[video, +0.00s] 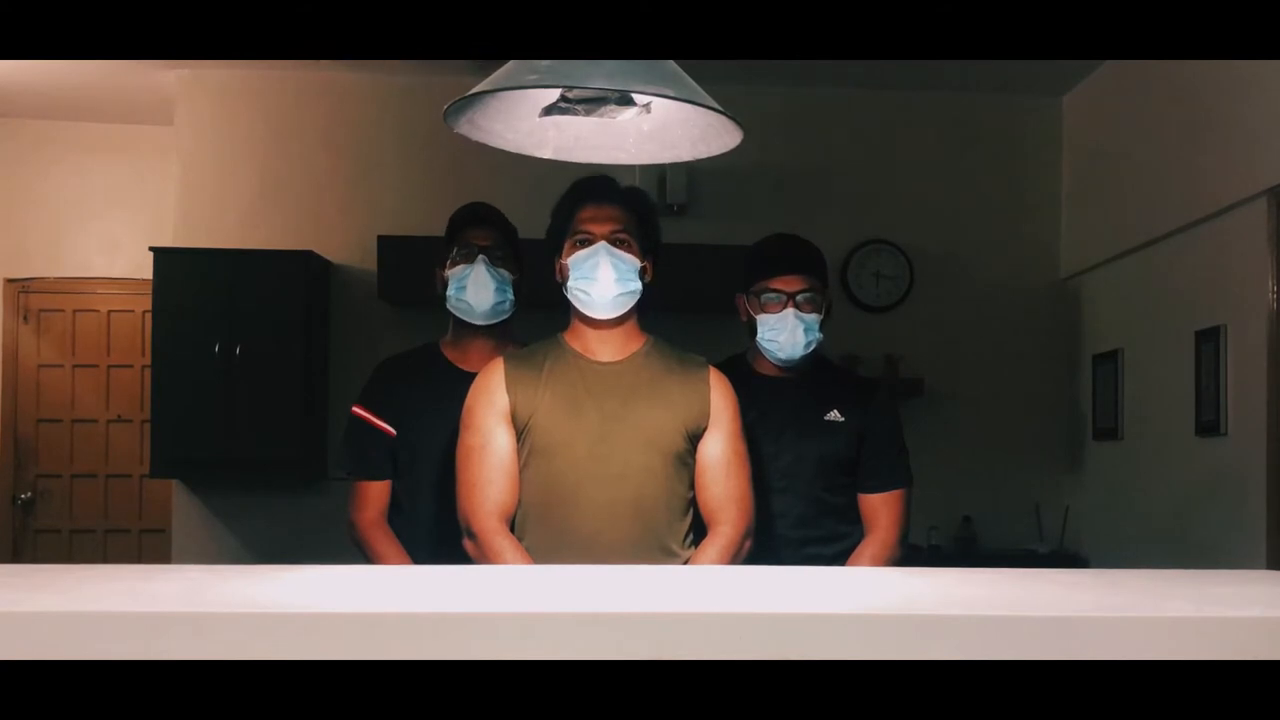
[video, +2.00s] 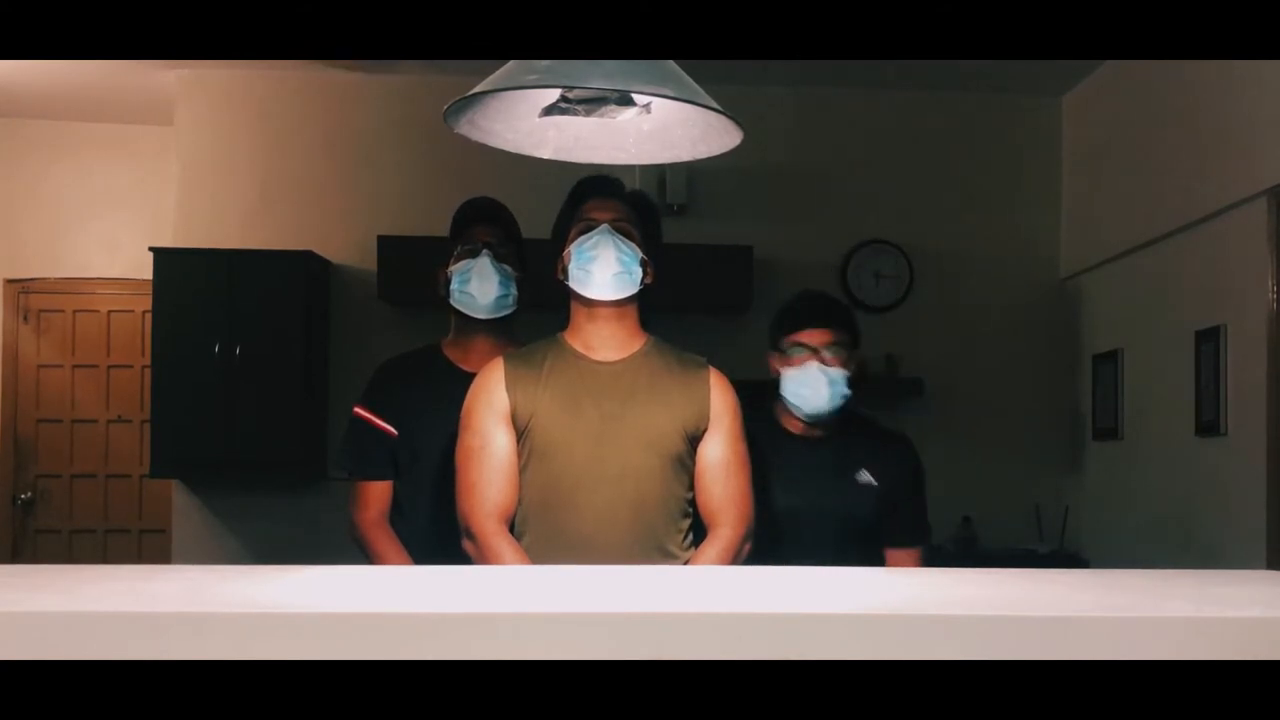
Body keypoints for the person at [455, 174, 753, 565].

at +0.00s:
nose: (601, 256)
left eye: (620, 242)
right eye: (583, 242)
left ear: (645, 268)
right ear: (560, 267)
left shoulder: (704, 387)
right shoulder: (503, 381)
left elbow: (732, 530)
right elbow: (483, 529)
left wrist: (668, 615)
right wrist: (552, 615)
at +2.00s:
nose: (603, 240)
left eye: (621, 233)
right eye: (586, 231)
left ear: (647, 267)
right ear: (562, 262)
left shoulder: (705, 388)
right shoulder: (503, 381)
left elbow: (731, 531)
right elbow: (483, 529)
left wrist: (667, 615)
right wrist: (549, 616)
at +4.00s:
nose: (601, 244)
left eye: (620, 235)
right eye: (584, 235)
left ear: (646, 268)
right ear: (560, 265)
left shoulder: (704, 391)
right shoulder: (502, 385)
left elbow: (729, 534)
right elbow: (485, 533)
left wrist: (666, 616)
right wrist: (549, 617)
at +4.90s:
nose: (601, 243)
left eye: (619, 235)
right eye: (583, 234)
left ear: (644, 268)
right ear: (560, 266)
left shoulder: (704, 389)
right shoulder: (502, 383)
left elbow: (729, 531)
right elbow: (485, 533)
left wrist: (667, 616)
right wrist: (550, 622)